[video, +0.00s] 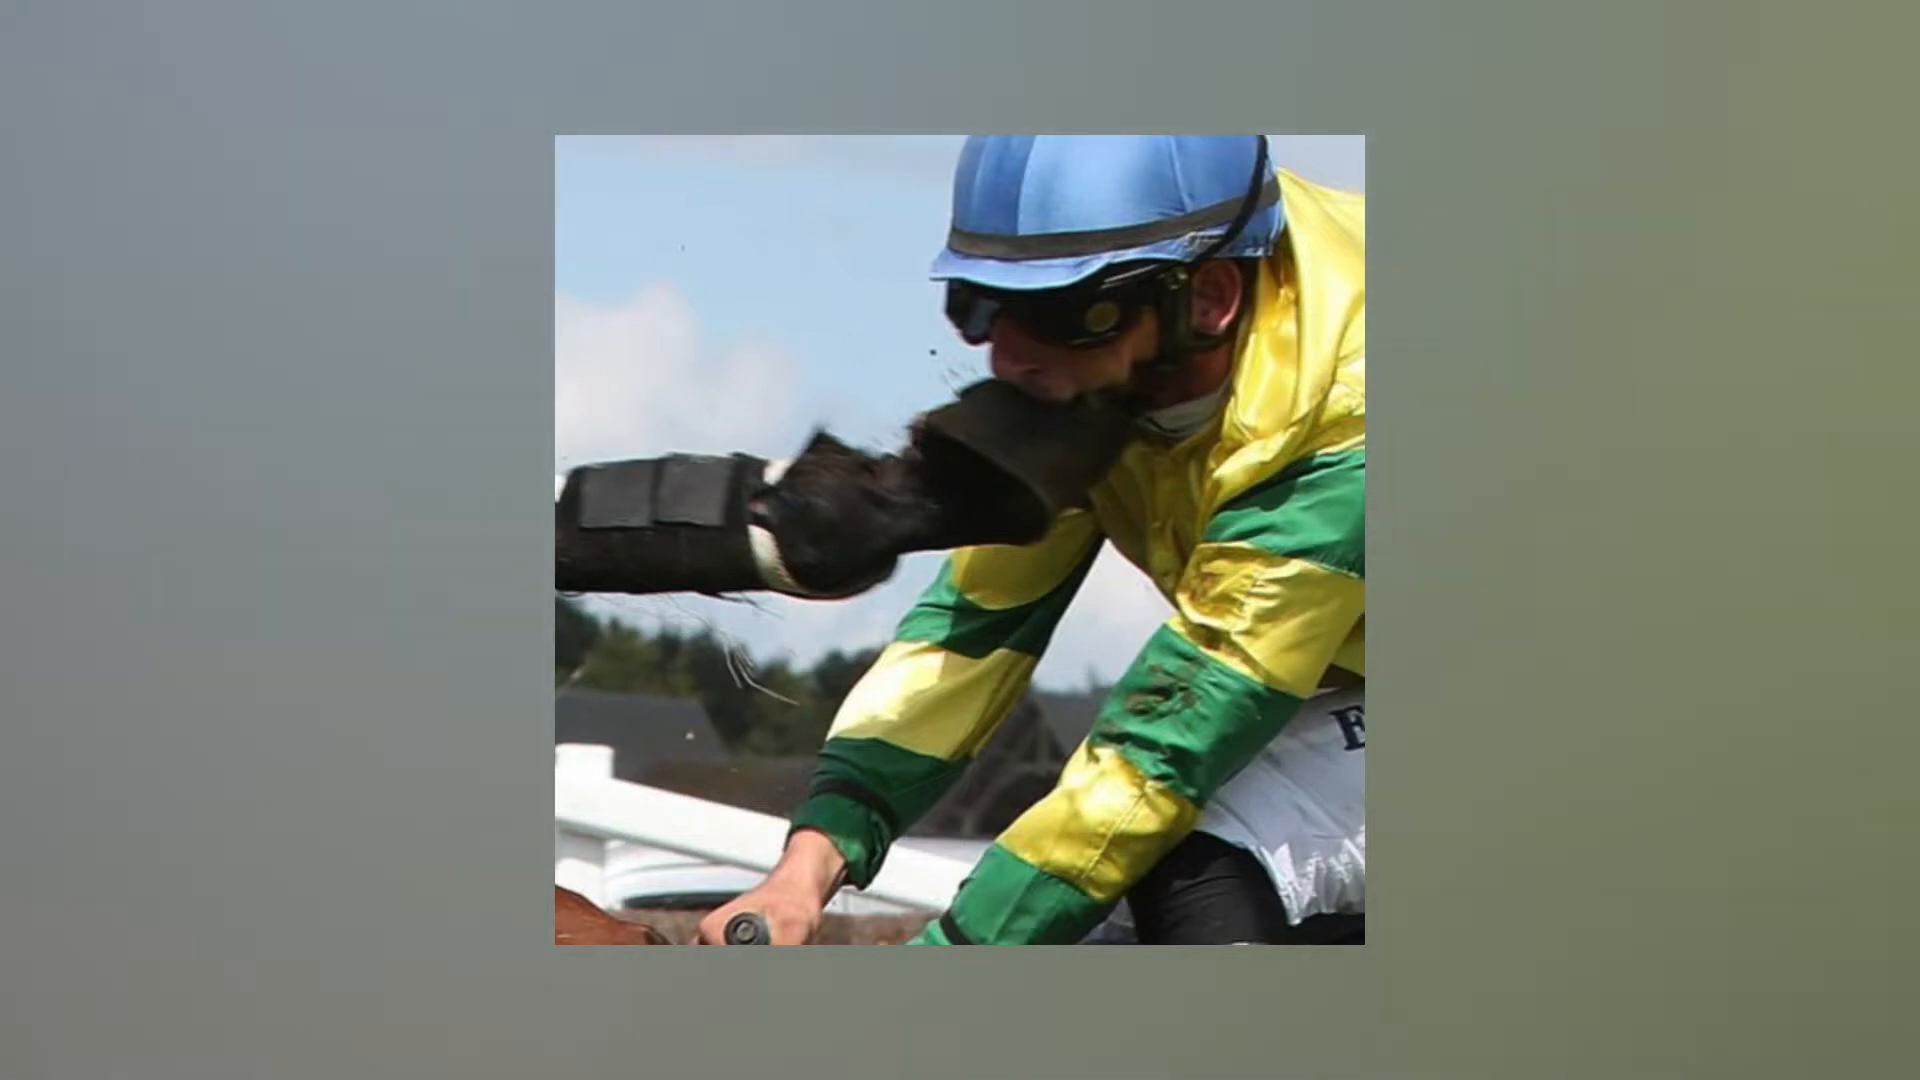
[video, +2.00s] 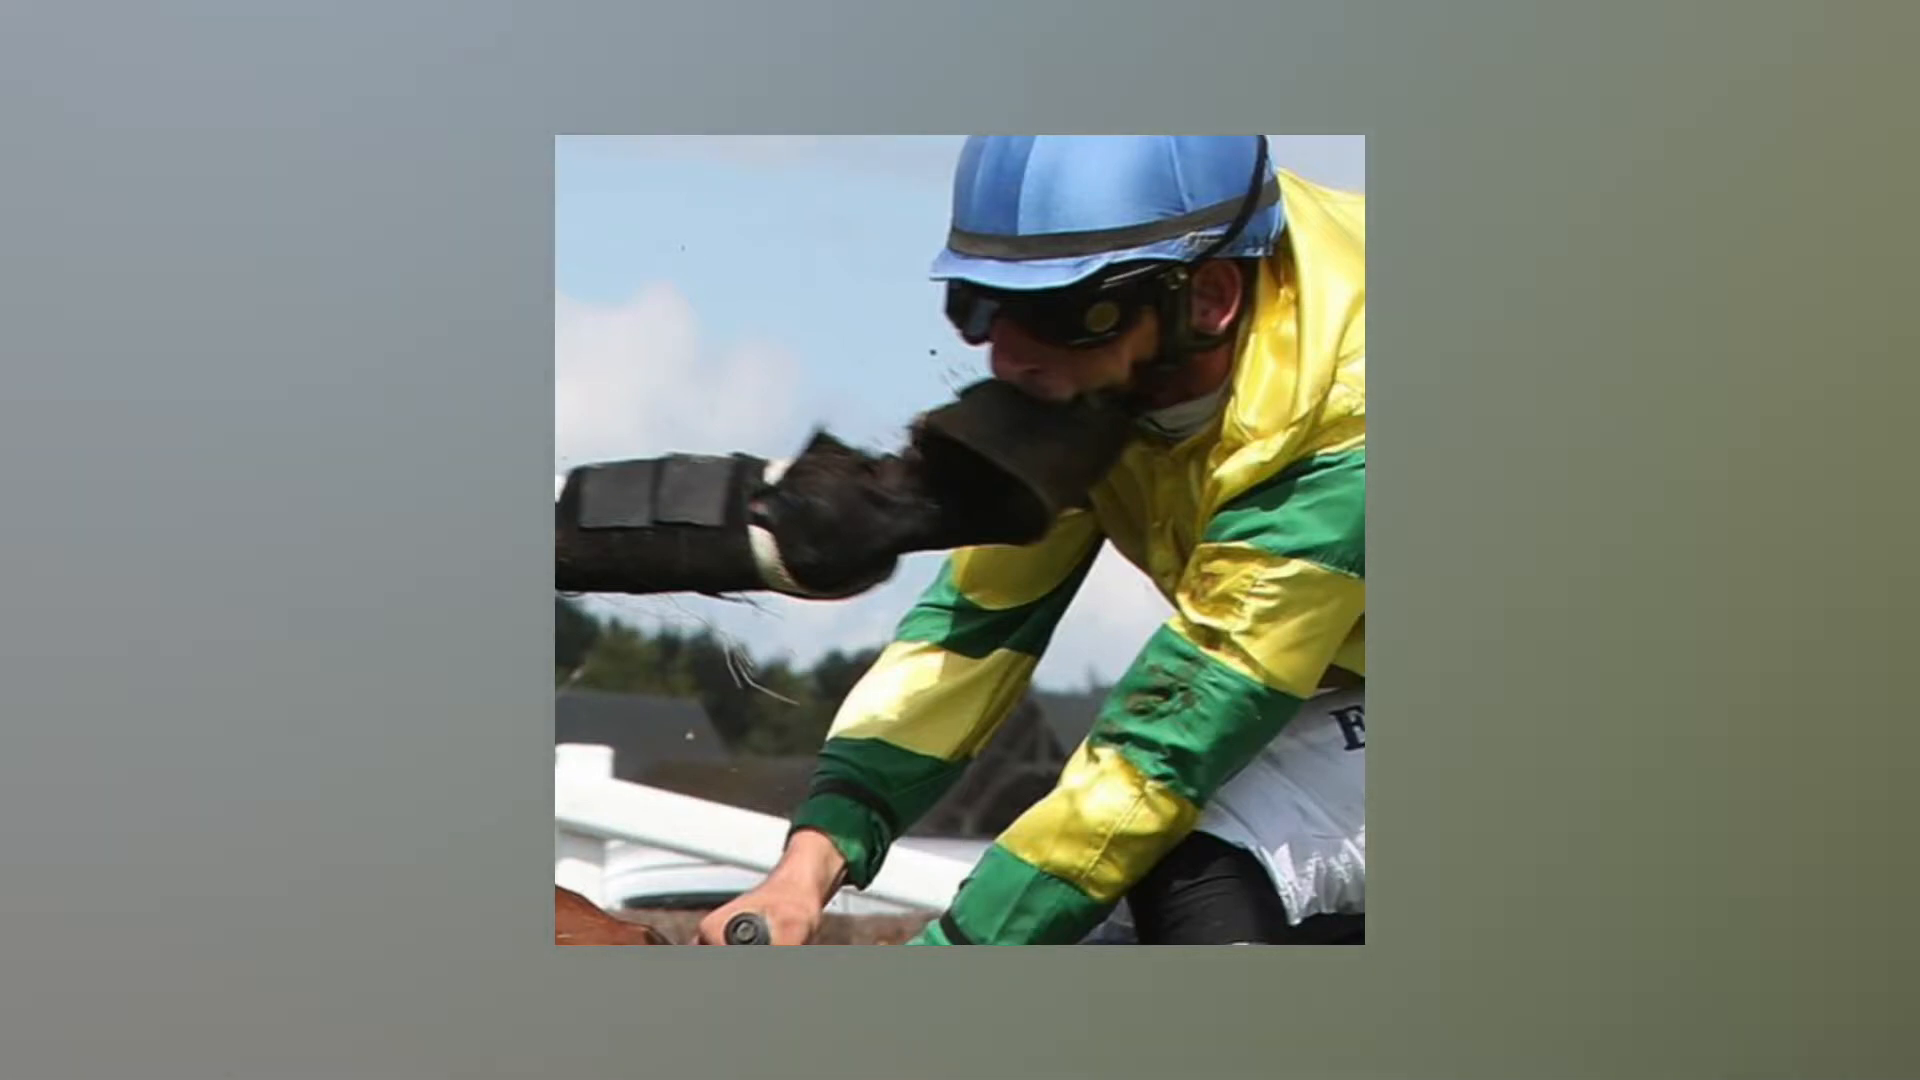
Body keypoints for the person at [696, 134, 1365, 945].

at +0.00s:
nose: (1005, 358)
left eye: (1055, 319)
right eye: (988, 309)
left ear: (1209, 299)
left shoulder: (1341, 428)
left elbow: (1160, 751)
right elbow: (969, 624)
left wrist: (933, 963)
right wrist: (804, 872)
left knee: (1204, 863)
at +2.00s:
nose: (1005, 358)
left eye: (1054, 318)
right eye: (987, 309)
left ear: (1209, 299)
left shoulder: (1341, 429)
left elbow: (1160, 752)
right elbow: (969, 623)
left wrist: (933, 963)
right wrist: (804, 873)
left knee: (1204, 862)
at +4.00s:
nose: (1005, 359)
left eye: (1056, 319)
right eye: (989, 310)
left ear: (1209, 298)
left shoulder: (1341, 429)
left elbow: (1160, 751)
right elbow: (969, 623)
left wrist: (933, 965)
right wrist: (805, 871)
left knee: (1205, 865)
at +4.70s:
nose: (1005, 359)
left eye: (1056, 319)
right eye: (989, 310)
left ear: (1210, 298)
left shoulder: (1341, 430)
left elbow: (1160, 752)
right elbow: (969, 623)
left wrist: (933, 963)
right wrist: (804, 872)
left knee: (1204, 863)